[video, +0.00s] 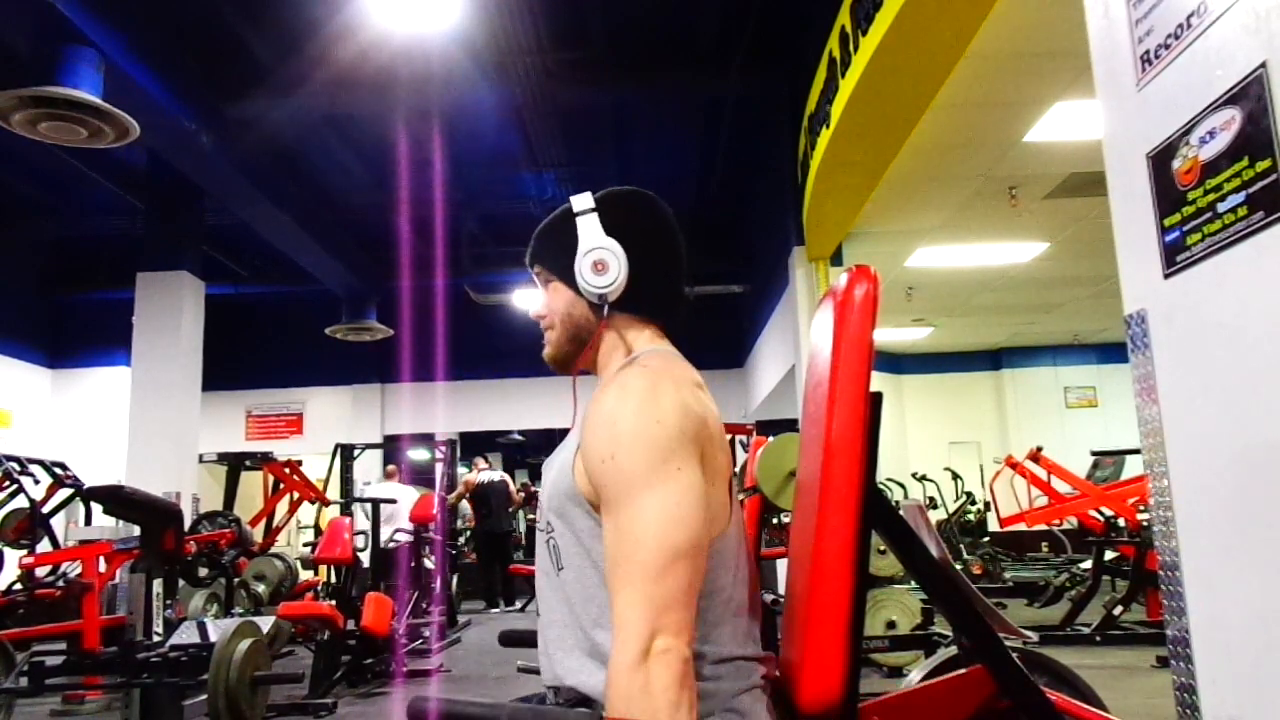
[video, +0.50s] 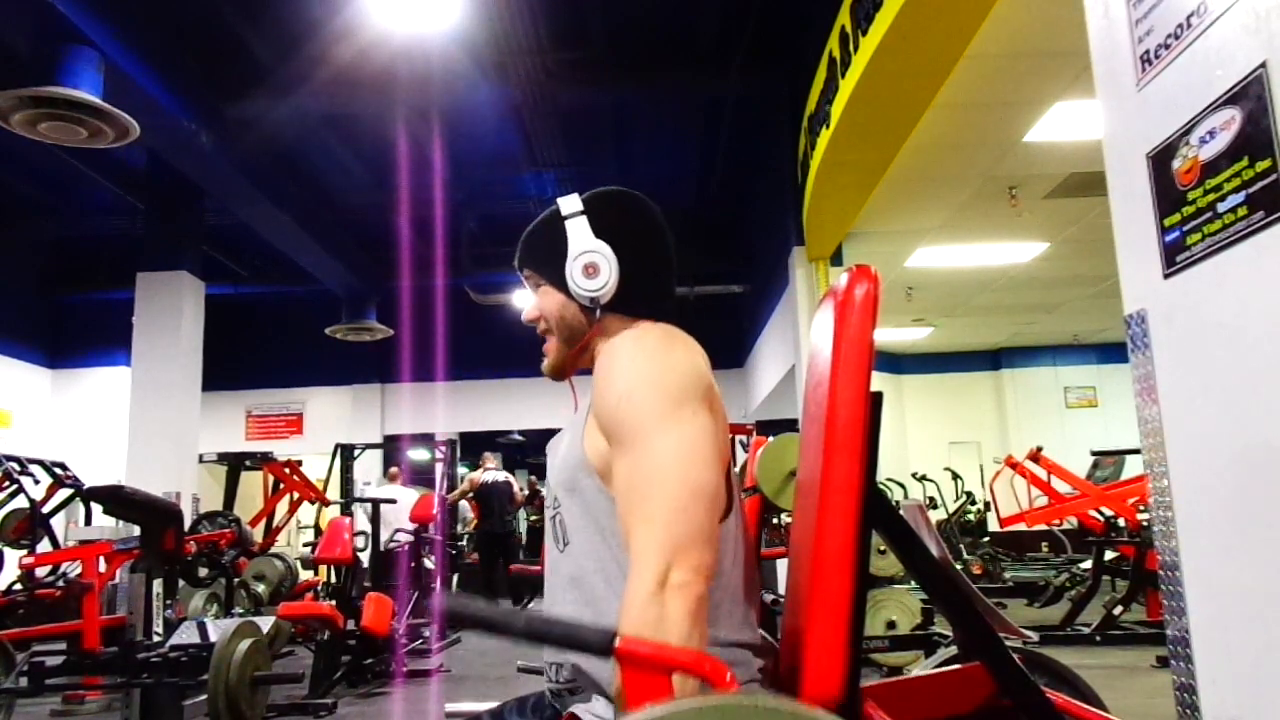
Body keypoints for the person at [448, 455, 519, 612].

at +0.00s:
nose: (473, 469)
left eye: (473, 466)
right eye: (474, 466)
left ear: (474, 467)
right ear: (489, 464)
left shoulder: (470, 478)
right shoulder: (504, 476)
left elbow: (455, 498)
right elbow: (516, 499)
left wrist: (447, 502)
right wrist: (508, 511)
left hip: (483, 530)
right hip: (504, 529)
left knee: (487, 567)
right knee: (506, 566)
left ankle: (492, 604)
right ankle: (510, 602)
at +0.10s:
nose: (474, 468)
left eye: (474, 466)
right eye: (477, 465)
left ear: (474, 467)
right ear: (489, 464)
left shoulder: (471, 478)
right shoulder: (504, 476)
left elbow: (455, 499)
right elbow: (516, 499)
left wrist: (446, 502)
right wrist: (508, 511)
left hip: (483, 530)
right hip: (504, 529)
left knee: (487, 567)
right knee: (506, 565)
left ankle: (492, 603)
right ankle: (511, 601)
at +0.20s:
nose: (475, 468)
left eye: (474, 466)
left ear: (475, 467)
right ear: (489, 464)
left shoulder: (471, 478)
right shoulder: (504, 475)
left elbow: (456, 498)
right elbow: (517, 499)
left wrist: (447, 502)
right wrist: (508, 510)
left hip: (483, 530)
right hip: (505, 529)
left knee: (487, 567)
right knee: (506, 566)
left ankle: (492, 603)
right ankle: (514, 601)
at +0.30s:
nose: (477, 469)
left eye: (476, 467)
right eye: (482, 466)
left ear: (476, 466)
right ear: (491, 464)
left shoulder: (472, 477)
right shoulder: (505, 475)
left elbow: (456, 498)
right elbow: (517, 498)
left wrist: (447, 502)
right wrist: (509, 511)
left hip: (484, 529)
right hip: (505, 529)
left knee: (487, 566)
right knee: (507, 565)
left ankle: (493, 604)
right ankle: (516, 600)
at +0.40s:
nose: (479, 467)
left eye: (479, 465)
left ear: (478, 465)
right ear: (494, 464)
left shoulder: (473, 477)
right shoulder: (507, 476)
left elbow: (456, 497)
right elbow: (518, 498)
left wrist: (447, 499)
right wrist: (511, 512)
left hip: (485, 528)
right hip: (506, 527)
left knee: (487, 565)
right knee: (505, 565)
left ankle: (492, 604)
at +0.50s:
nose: (487, 464)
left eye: (484, 462)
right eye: (489, 462)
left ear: (481, 464)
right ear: (496, 464)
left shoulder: (474, 476)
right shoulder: (508, 476)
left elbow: (458, 495)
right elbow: (519, 499)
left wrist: (444, 500)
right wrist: (509, 511)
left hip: (485, 528)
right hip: (507, 528)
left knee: (488, 567)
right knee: (512, 566)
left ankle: (491, 602)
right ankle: (518, 602)